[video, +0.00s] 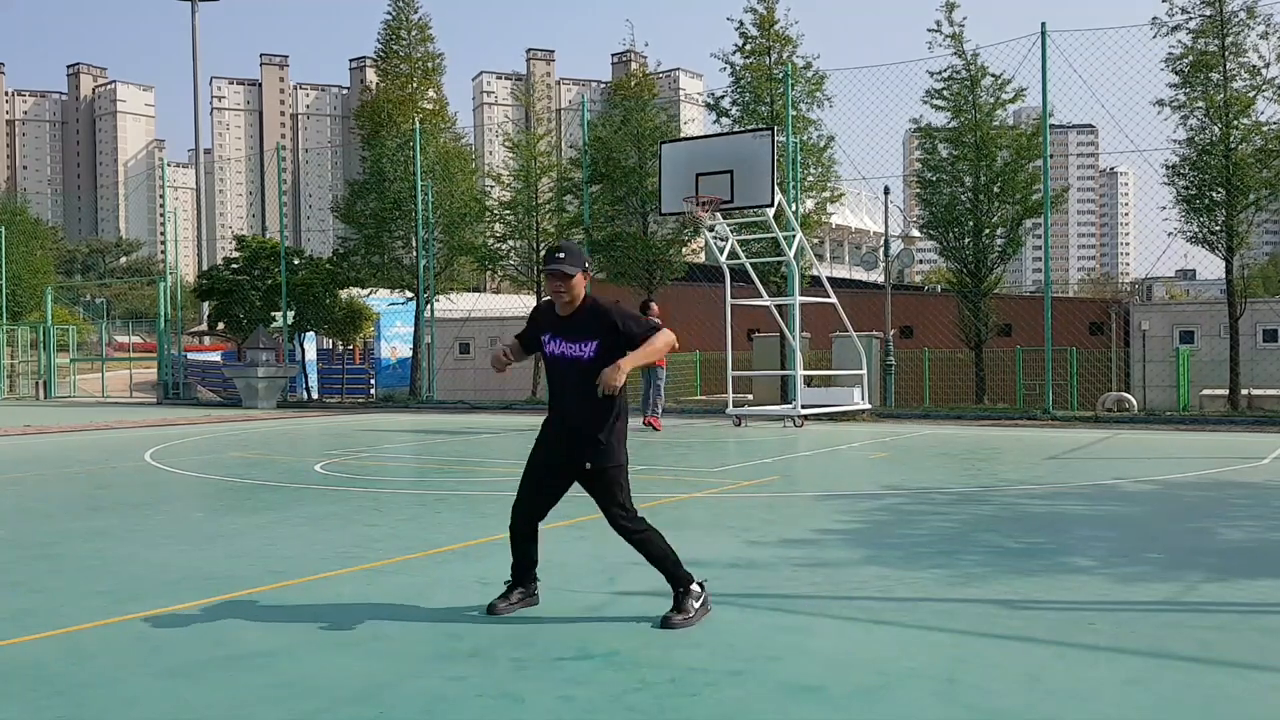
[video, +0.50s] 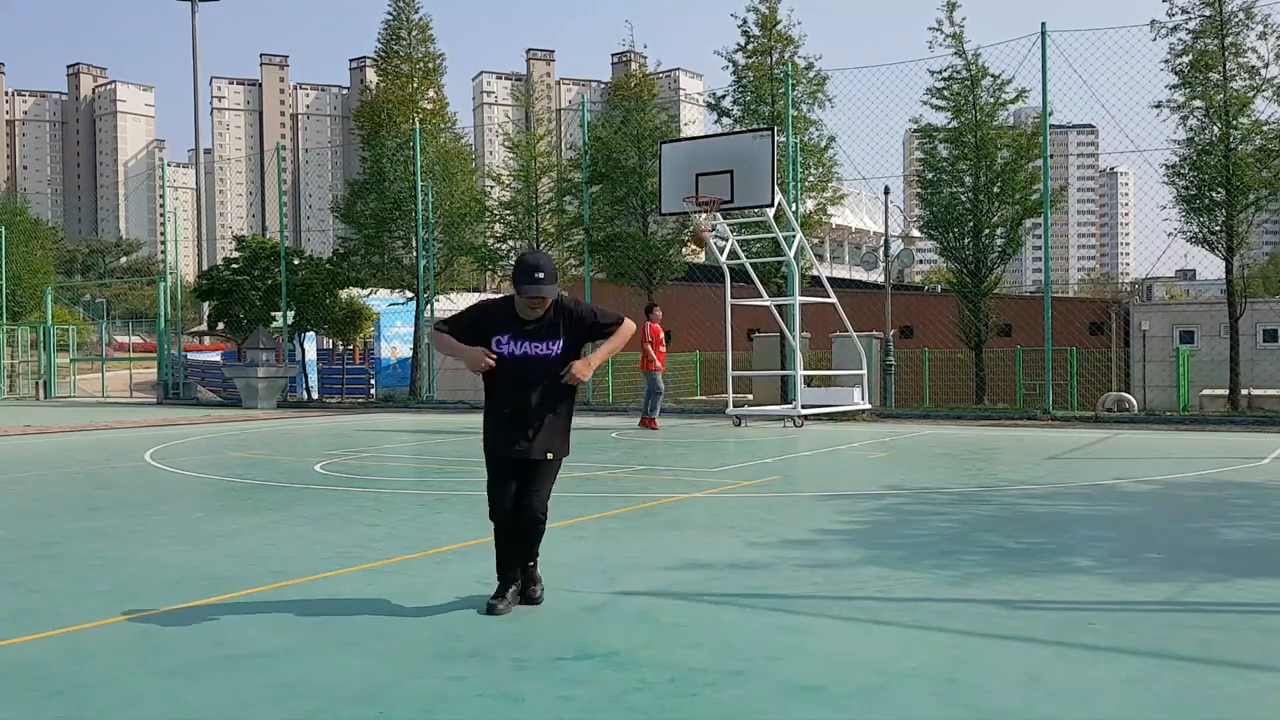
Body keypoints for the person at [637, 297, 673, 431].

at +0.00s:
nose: (658, 309)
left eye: (656, 306)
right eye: (655, 307)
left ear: (646, 311)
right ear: (649, 310)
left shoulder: (640, 325)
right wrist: (671, 340)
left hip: (644, 360)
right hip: (658, 360)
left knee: (646, 389)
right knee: (658, 389)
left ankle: (646, 415)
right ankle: (655, 416)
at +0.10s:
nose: (658, 314)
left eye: (656, 311)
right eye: (655, 312)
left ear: (646, 316)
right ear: (649, 315)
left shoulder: (641, 328)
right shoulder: (653, 327)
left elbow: (641, 344)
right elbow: (659, 345)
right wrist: (669, 340)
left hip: (645, 366)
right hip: (657, 366)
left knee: (648, 392)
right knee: (661, 394)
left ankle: (645, 416)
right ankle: (653, 416)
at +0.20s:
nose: (658, 320)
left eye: (657, 317)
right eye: (655, 318)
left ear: (649, 322)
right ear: (649, 322)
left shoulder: (645, 333)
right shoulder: (651, 333)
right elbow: (651, 352)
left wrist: (661, 342)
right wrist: (664, 346)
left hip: (646, 370)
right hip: (654, 370)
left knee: (651, 395)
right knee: (663, 394)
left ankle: (644, 418)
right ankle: (652, 416)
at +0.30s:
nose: (658, 315)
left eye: (658, 313)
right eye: (655, 313)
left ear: (651, 317)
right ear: (649, 317)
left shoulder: (646, 328)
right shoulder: (650, 329)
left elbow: (646, 346)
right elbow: (649, 347)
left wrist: (660, 348)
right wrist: (664, 350)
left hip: (646, 366)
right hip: (654, 366)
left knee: (650, 391)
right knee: (663, 390)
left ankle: (645, 417)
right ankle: (651, 416)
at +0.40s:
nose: (659, 312)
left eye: (659, 309)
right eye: (656, 310)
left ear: (658, 311)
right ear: (649, 313)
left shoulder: (655, 324)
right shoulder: (648, 323)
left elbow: (655, 342)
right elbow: (647, 342)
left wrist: (661, 354)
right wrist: (659, 355)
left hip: (654, 362)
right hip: (652, 362)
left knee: (650, 389)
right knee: (659, 389)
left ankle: (646, 415)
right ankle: (651, 416)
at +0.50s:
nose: (660, 313)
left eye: (660, 311)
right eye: (656, 311)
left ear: (660, 313)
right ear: (650, 314)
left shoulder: (657, 327)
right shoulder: (648, 326)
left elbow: (657, 345)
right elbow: (646, 344)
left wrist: (661, 362)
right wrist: (655, 360)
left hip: (656, 365)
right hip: (650, 365)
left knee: (651, 391)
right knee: (659, 389)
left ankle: (646, 417)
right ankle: (651, 417)